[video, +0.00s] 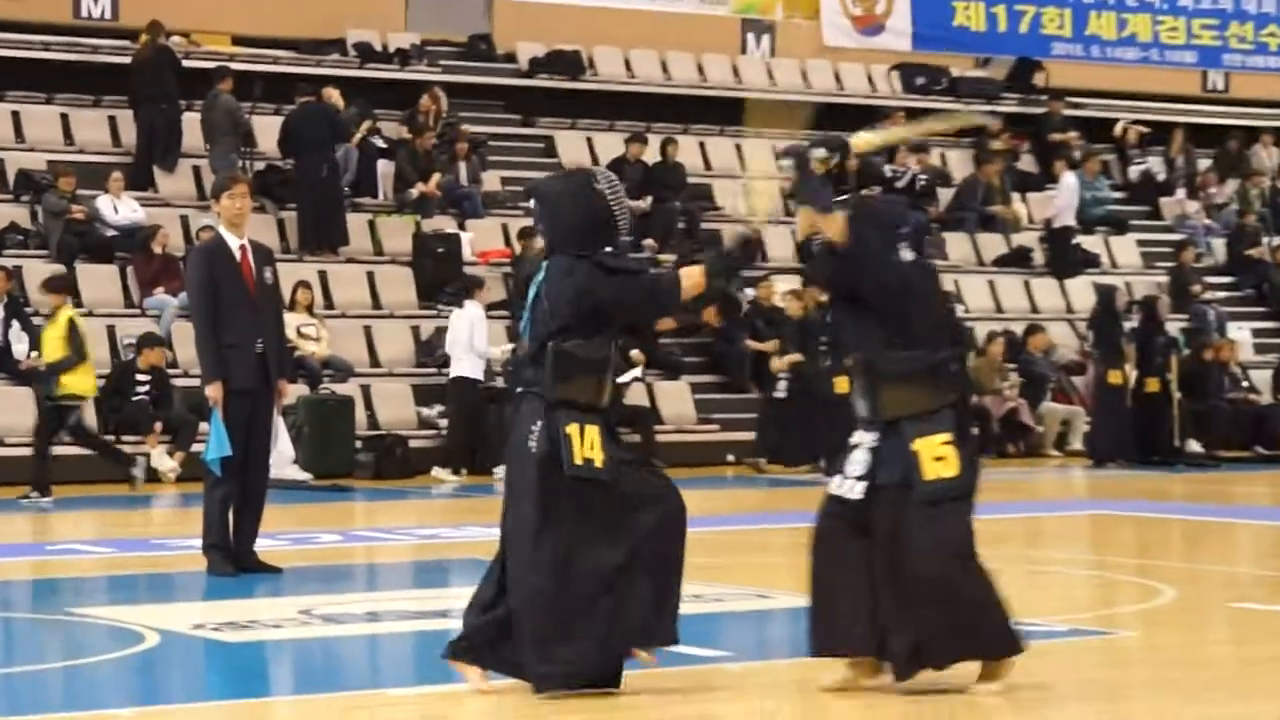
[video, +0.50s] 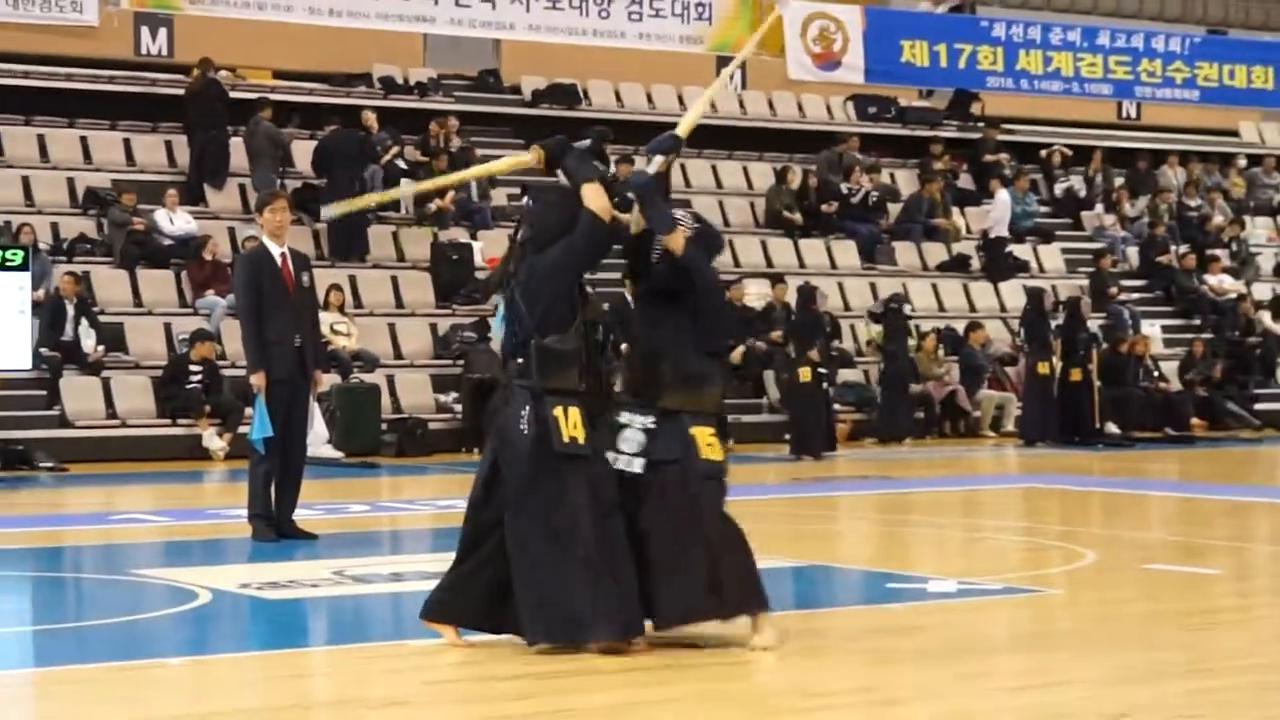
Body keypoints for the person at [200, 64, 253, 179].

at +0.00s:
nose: (232, 84)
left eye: (231, 80)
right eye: (230, 80)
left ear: (217, 81)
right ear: (224, 80)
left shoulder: (208, 101)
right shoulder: (229, 101)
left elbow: (205, 125)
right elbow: (243, 123)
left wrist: (210, 142)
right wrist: (250, 142)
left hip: (214, 151)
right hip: (229, 152)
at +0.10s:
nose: (234, 89)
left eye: (233, 86)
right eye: (232, 86)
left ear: (218, 87)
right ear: (227, 87)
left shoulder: (210, 107)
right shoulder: (230, 106)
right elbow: (244, 128)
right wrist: (252, 148)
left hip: (217, 156)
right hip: (231, 156)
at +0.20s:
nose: (243, 92)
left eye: (242, 89)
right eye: (241, 88)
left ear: (228, 89)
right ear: (236, 89)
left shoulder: (219, 108)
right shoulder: (240, 108)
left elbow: (219, 138)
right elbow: (253, 131)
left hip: (226, 155)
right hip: (240, 156)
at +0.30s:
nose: (256, 103)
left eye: (256, 100)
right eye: (255, 100)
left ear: (241, 100)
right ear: (250, 100)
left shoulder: (234, 119)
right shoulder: (253, 119)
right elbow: (268, 136)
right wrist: (273, 132)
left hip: (240, 165)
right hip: (254, 166)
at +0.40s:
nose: (265, 110)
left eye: (265, 107)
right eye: (264, 107)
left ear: (252, 107)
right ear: (259, 107)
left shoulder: (243, 125)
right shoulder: (262, 124)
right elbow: (277, 140)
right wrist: (283, 134)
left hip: (249, 170)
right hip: (263, 171)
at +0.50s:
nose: (271, 113)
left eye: (271, 110)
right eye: (270, 110)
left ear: (258, 110)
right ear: (264, 110)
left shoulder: (249, 128)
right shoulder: (267, 127)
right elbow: (283, 141)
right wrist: (291, 134)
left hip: (256, 173)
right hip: (269, 173)